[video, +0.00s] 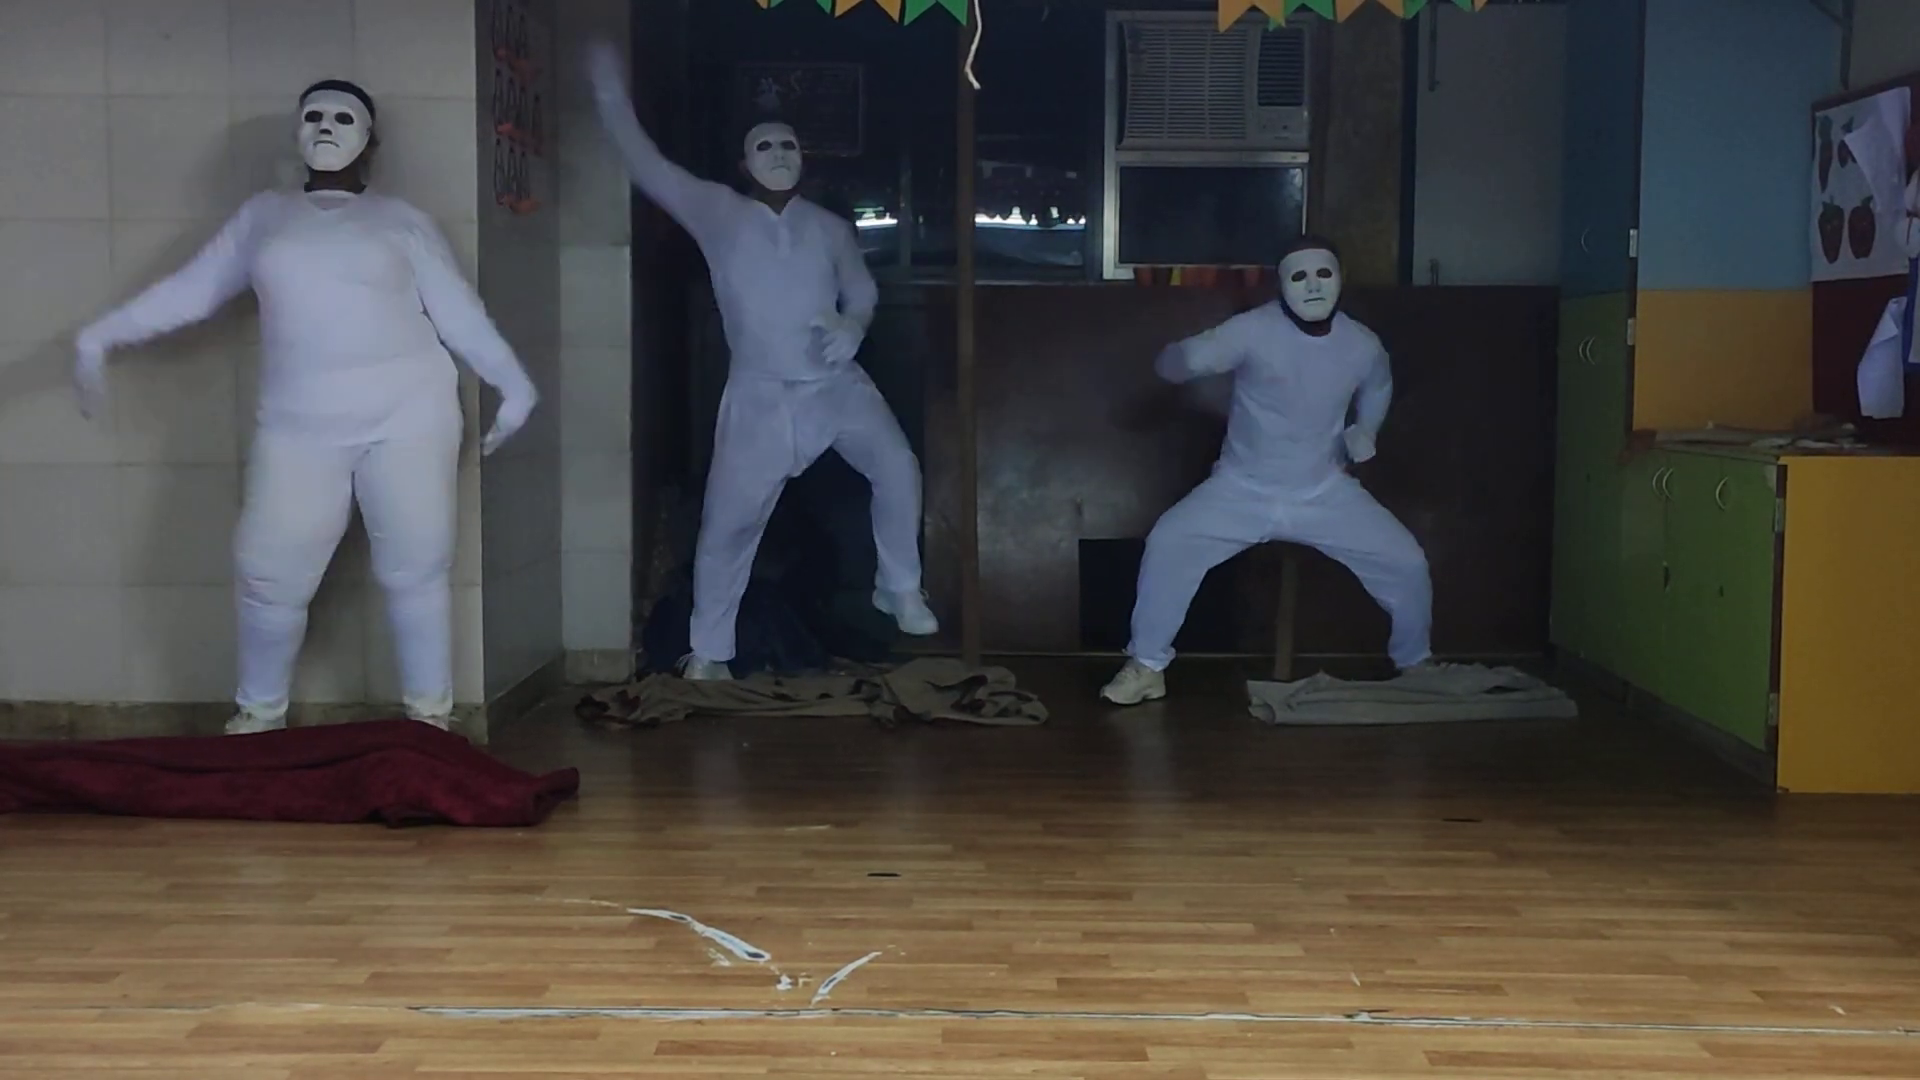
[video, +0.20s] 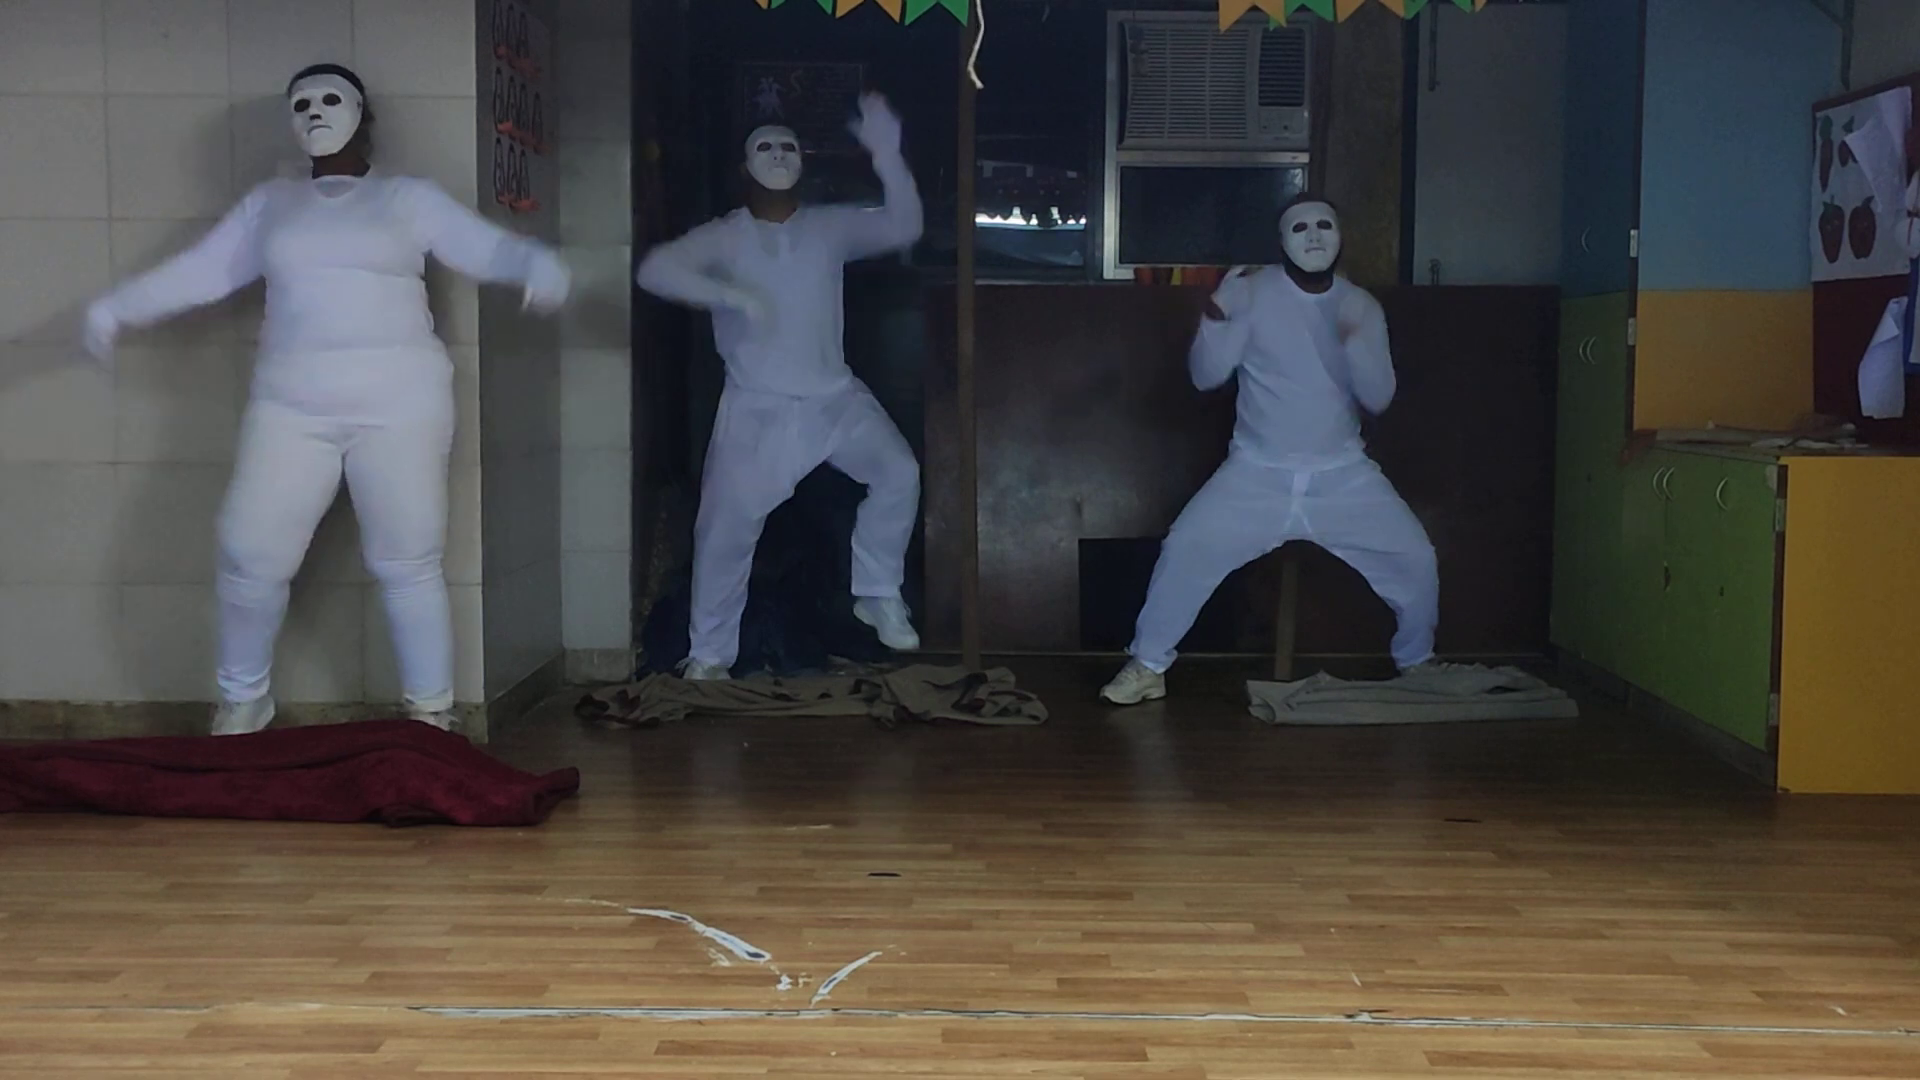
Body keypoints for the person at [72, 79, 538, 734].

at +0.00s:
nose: (326, 129)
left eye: (342, 120)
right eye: (314, 119)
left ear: (367, 137)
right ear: (297, 135)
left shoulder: (400, 222)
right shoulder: (264, 220)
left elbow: (457, 311)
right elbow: (191, 290)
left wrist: (513, 380)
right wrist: (103, 332)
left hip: (407, 423)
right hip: (299, 427)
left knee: (415, 572)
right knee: (268, 574)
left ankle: (429, 713)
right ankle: (260, 713)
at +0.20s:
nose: (316, 116)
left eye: (331, 102)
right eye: (303, 108)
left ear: (361, 116)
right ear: (291, 126)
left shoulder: (407, 201)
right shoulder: (270, 208)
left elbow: (482, 245)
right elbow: (202, 270)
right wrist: (116, 307)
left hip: (398, 408)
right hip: (291, 408)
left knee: (407, 562)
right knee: (251, 558)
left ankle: (430, 716)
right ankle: (241, 706)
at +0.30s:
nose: (294, 105)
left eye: (306, 90)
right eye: (281, 103)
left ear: (340, 97)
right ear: (277, 125)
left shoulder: (406, 174)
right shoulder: (263, 184)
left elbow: (495, 138)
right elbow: (162, 182)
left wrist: (550, 89)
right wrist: (73, 153)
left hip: (381, 393)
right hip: (273, 390)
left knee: (396, 552)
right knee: (237, 544)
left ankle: (431, 706)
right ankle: (227, 701)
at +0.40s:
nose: (279, 111)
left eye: (290, 97)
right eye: (265, 112)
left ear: (326, 101)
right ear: (261, 134)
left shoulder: (387, 172)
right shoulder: (253, 179)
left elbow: (449, 79)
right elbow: (160, 112)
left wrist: (467, 1)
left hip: (356, 400)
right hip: (248, 395)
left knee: (387, 563)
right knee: (230, 559)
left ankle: (433, 711)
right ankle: (219, 715)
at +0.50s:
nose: (270, 129)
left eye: (279, 114)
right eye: (256, 129)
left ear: (312, 120)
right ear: (249, 154)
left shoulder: (367, 199)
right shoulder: (245, 206)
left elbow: (403, 94)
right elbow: (180, 117)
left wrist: (349, 9)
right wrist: (216, 19)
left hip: (336, 424)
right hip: (226, 421)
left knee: (372, 583)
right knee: (224, 580)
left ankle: (424, 719)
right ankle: (222, 726)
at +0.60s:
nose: (270, 140)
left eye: (278, 125)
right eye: (253, 138)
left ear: (309, 131)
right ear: (242, 161)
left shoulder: (363, 202)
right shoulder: (235, 213)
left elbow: (413, 102)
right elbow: (166, 133)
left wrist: (322, 47)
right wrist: (220, 41)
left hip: (328, 431)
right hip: (219, 424)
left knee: (368, 584)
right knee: (222, 579)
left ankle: (423, 718)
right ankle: (222, 724)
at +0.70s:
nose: (275, 118)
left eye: (285, 104)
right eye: (258, 115)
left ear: (317, 111)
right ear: (245, 135)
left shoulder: (368, 188)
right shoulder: (229, 192)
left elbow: (457, 117)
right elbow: (129, 135)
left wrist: (419, 14)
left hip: (338, 413)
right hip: (231, 411)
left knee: (376, 567)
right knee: (232, 568)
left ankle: (430, 714)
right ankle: (222, 725)